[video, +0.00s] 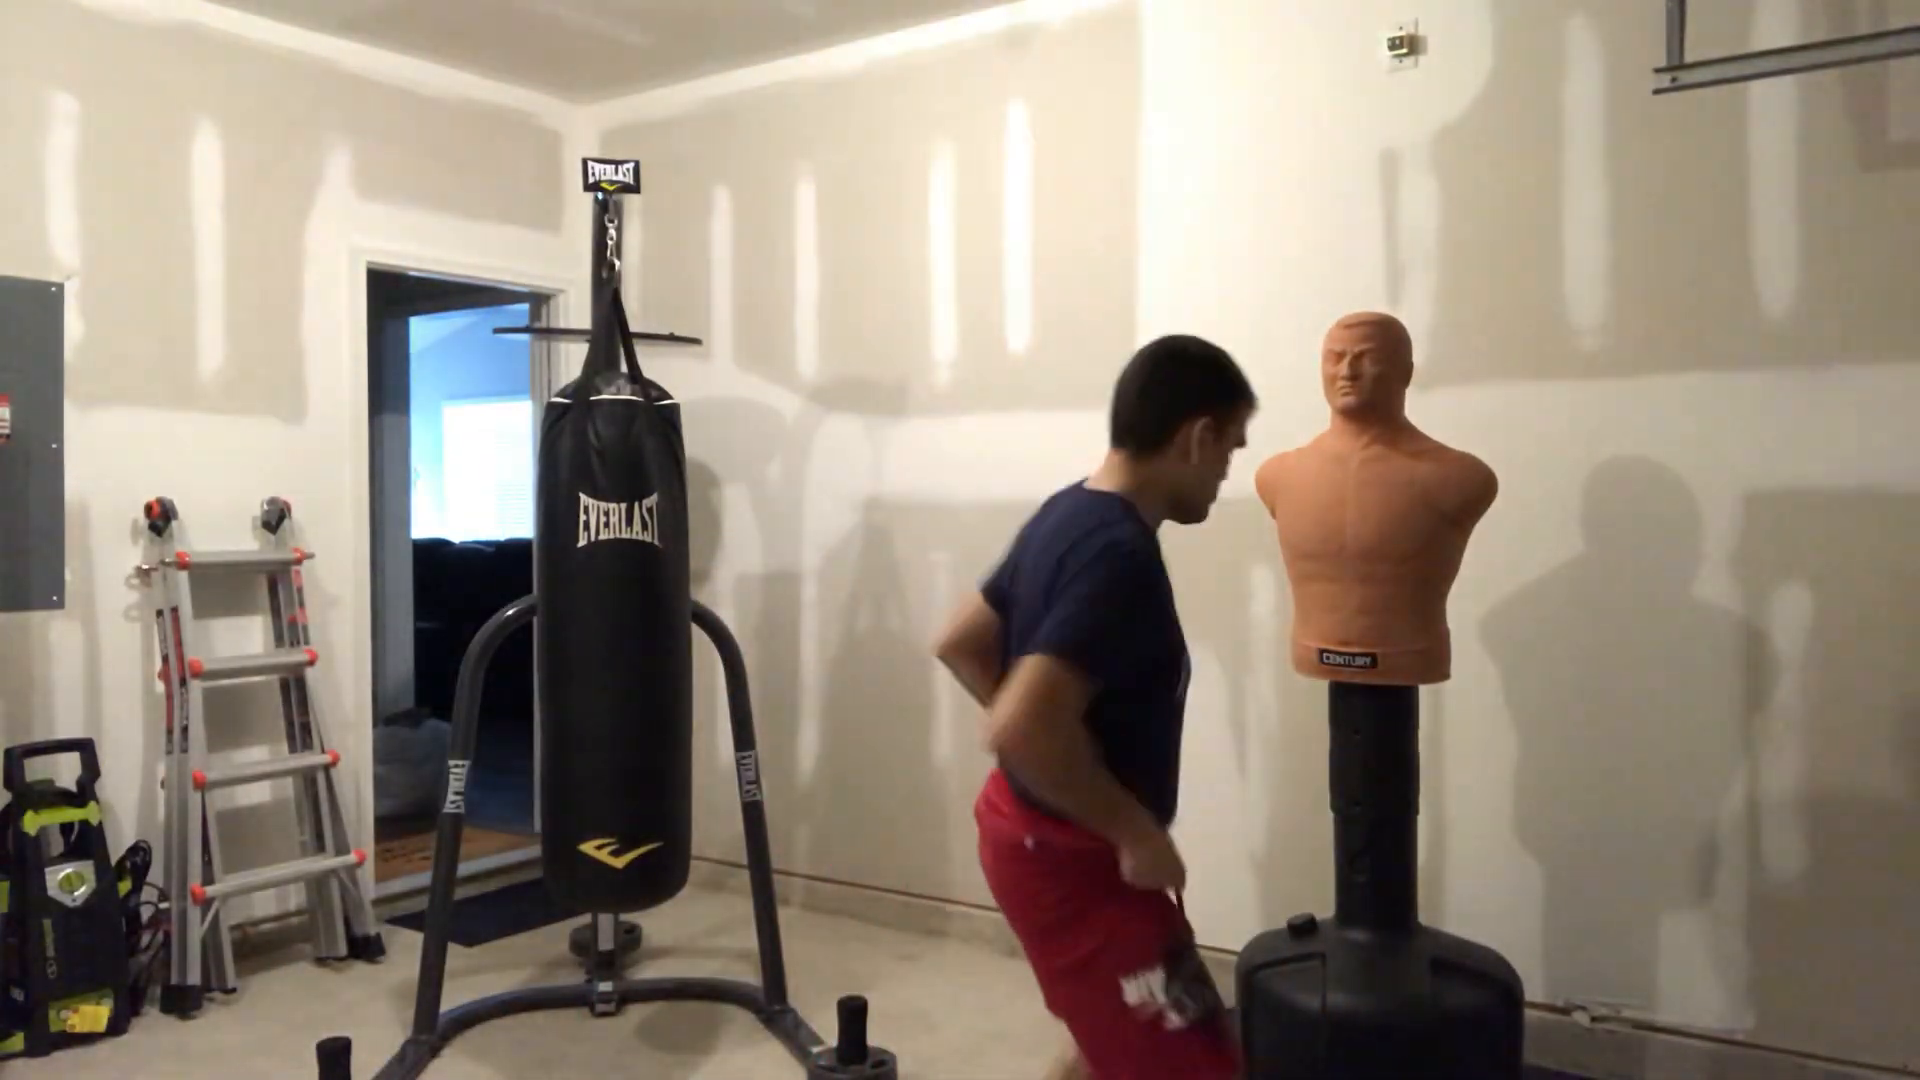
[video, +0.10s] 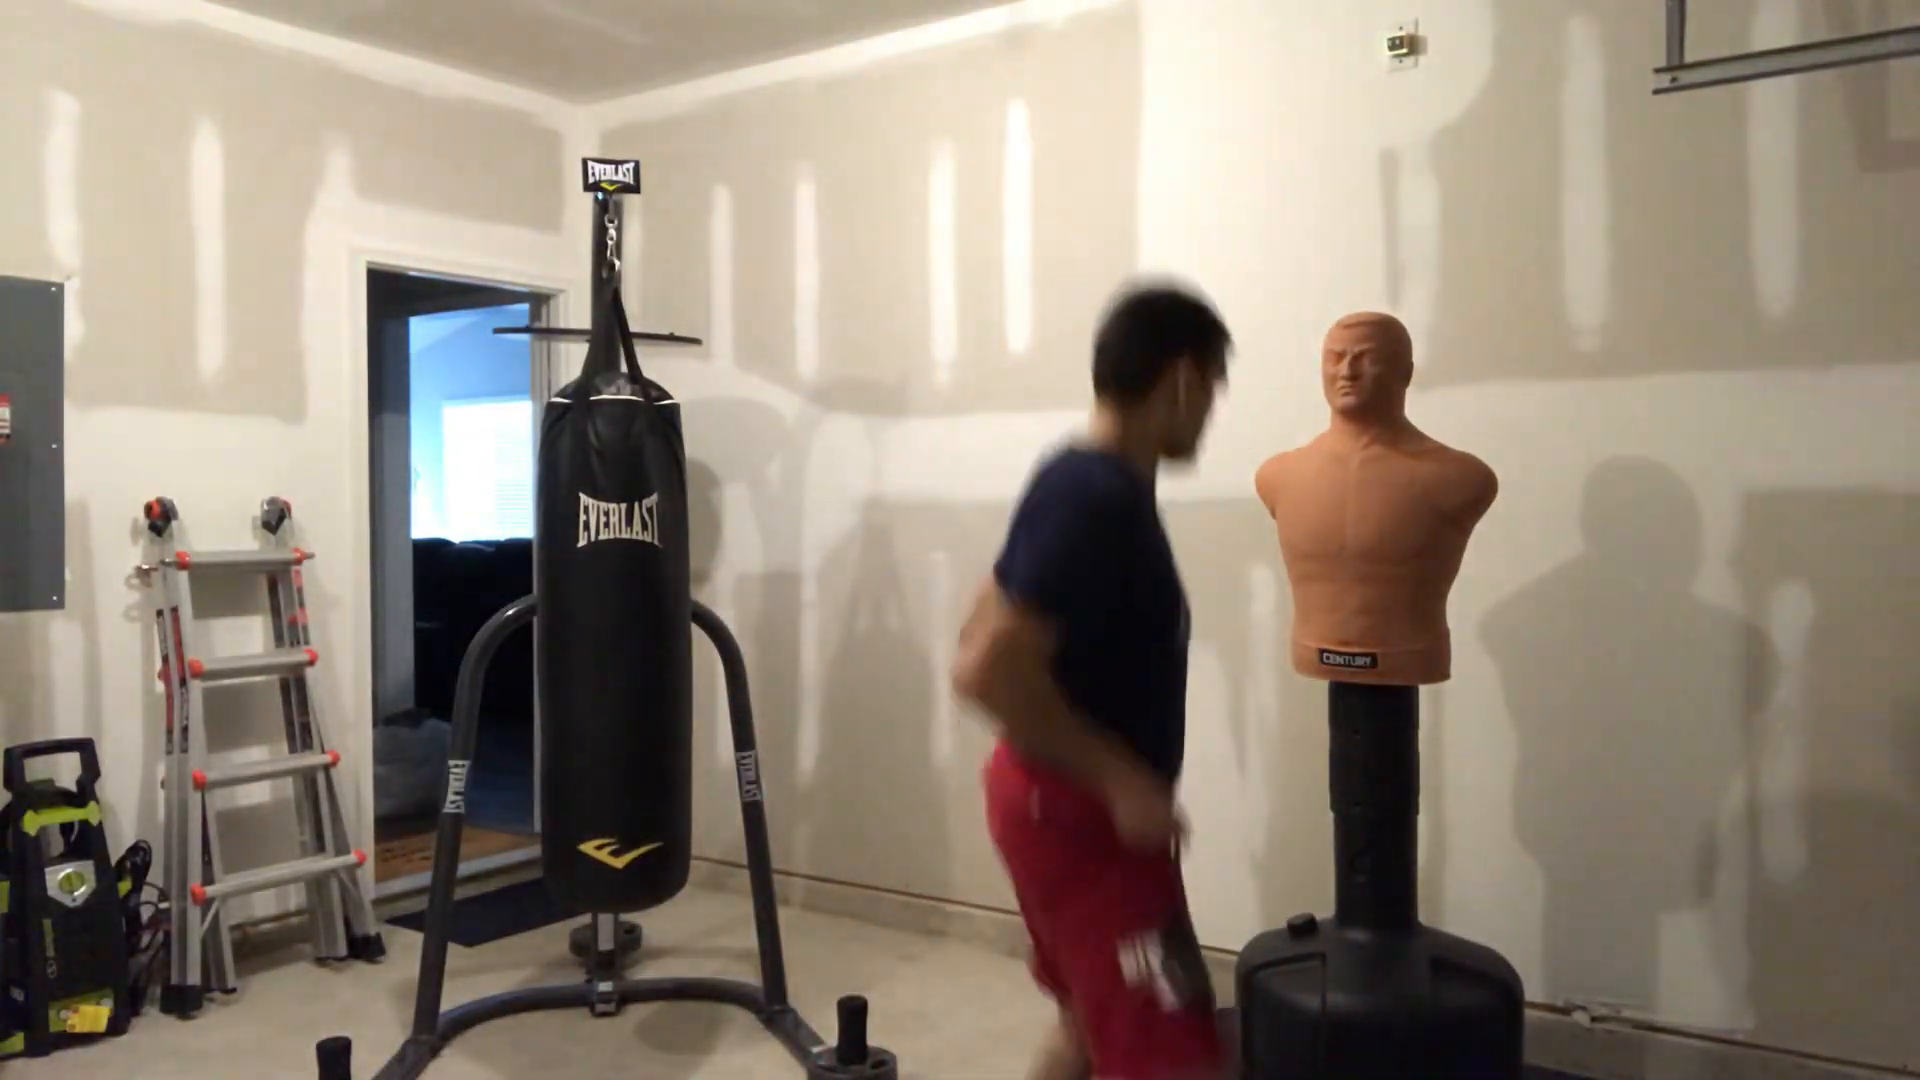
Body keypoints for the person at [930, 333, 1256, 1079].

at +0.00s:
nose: (1231, 469)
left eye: (1236, 448)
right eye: (1232, 445)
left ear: (1135, 425)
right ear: (1196, 436)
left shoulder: (1069, 511)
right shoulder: (1118, 546)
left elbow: (963, 645)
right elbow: (1027, 729)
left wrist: (1044, 737)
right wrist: (1134, 831)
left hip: (1031, 833)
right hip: (1076, 855)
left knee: (1114, 1045)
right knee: (1189, 1060)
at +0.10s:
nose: (1213, 404)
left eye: (1215, 383)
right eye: (1210, 380)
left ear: (1122, 373)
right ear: (1177, 379)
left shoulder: (1082, 476)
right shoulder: (1093, 490)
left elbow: (978, 652)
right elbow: (992, 668)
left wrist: (1110, 753)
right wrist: (1122, 777)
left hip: (1061, 795)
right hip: (1075, 804)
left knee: (1089, 1026)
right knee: (1165, 1050)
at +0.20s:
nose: (1198, 338)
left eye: (1199, 315)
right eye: (1193, 313)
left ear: (1104, 309)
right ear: (1156, 313)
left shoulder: (1068, 408)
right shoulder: (1089, 418)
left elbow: (1001, 575)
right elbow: (992, 583)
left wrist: (1129, 678)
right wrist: (1131, 681)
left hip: (1062, 726)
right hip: (1075, 734)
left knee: (1073, 985)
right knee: (1142, 1016)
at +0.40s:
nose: (1165, 397)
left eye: (1161, 377)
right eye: (1157, 377)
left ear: (1069, 386)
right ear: (1126, 382)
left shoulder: (1050, 480)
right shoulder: (1072, 492)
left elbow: (1062, 612)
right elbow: (1047, 677)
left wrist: (1169, 606)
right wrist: (1213, 686)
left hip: (1055, 776)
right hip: (1070, 789)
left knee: (1083, 1034)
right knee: (1116, 1042)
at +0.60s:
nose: (1156, 379)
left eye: (1156, 357)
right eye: (1154, 356)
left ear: (1051, 361)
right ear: (1126, 354)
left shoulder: (1030, 470)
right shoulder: (1078, 479)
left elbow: (1056, 612)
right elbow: (1128, 685)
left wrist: (1169, 572)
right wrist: (1269, 593)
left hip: (1020, 806)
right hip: (1052, 819)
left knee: (1088, 1052)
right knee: (1101, 1058)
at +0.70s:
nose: (1153, 331)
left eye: (1153, 308)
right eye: (1151, 307)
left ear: (1047, 306)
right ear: (1119, 303)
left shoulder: (1017, 401)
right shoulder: (1084, 404)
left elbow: (1073, 566)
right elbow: (1173, 593)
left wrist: (1182, 492)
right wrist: (1260, 501)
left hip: (1008, 737)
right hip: (1047, 750)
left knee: (1057, 1030)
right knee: (1083, 1039)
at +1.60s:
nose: (1148, 380)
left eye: (1144, 363)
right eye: (1144, 362)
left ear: (1032, 372)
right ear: (1127, 367)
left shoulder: (979, 489)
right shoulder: (1152, 486)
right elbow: (1304, 568)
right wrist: (1280, 461)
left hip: (980, 809)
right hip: (1069, 828)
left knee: (1106, 1041)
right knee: (1055, 1053)